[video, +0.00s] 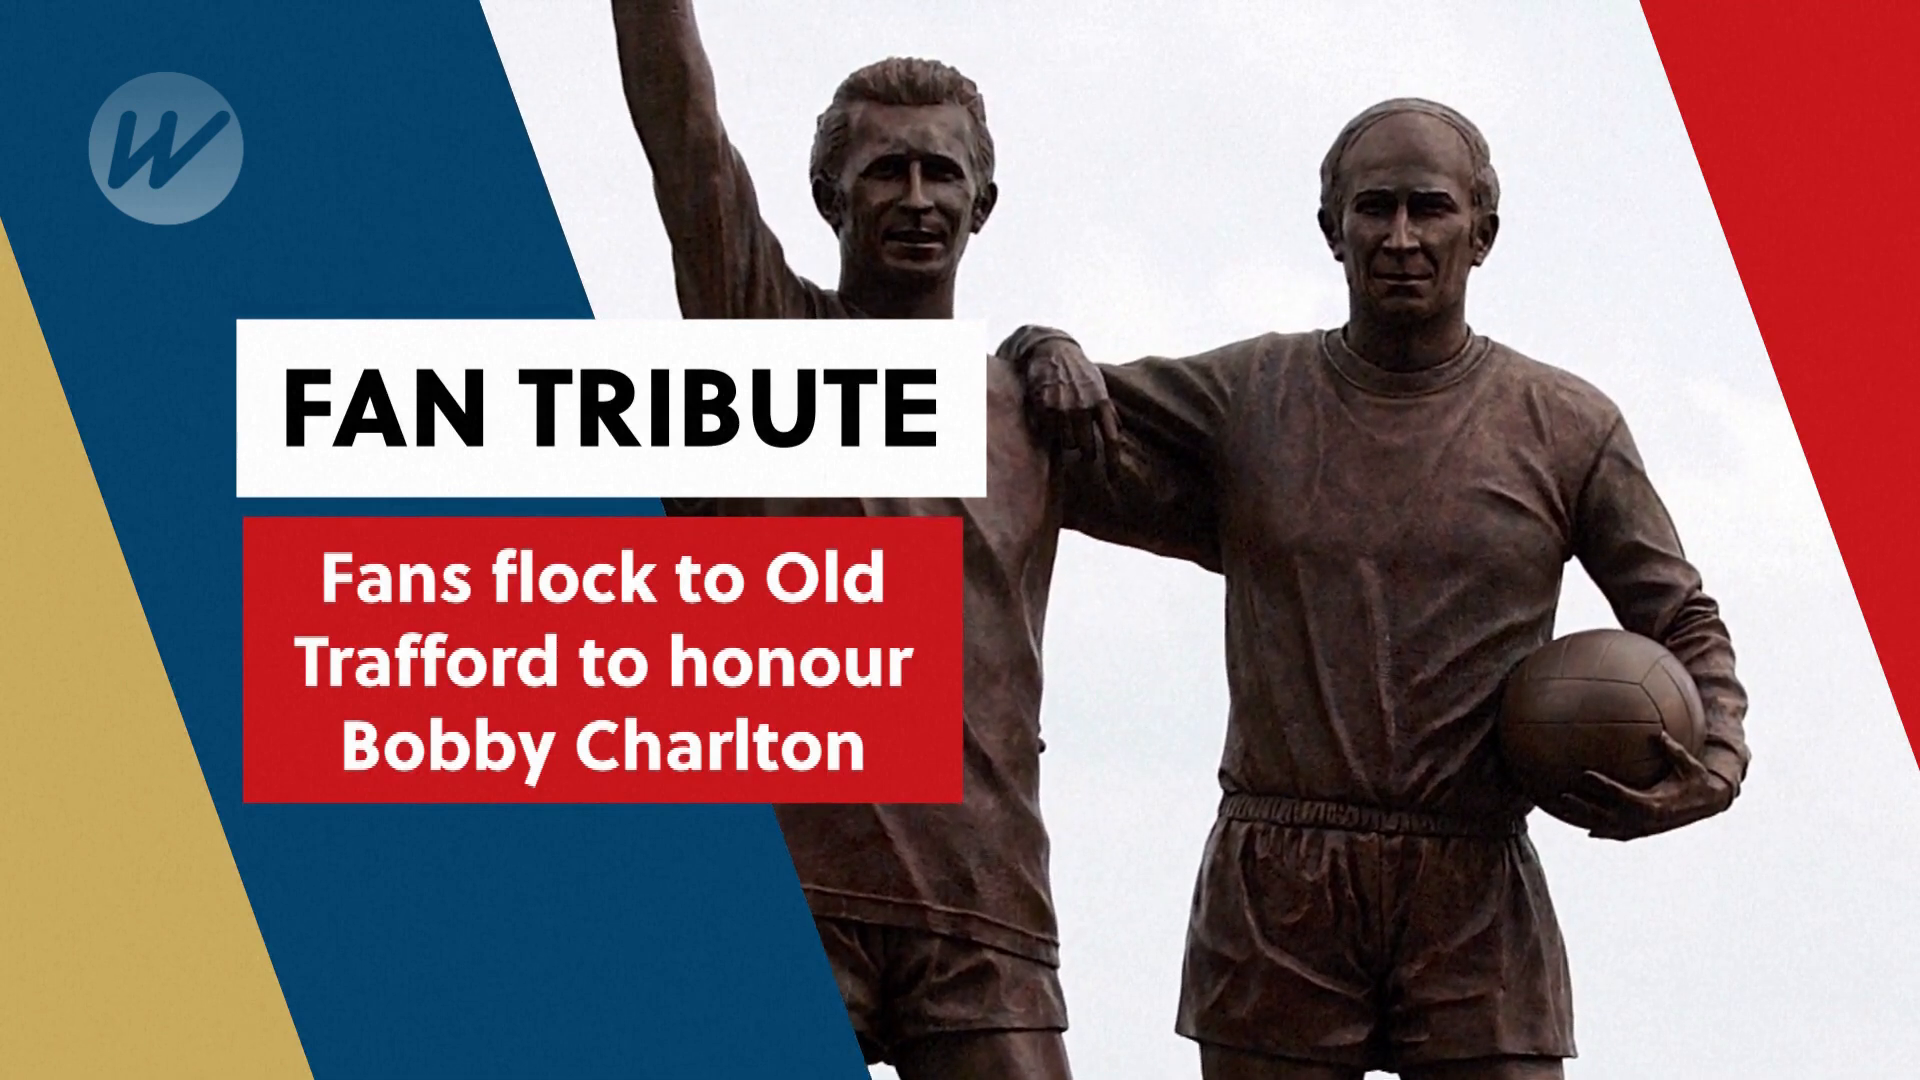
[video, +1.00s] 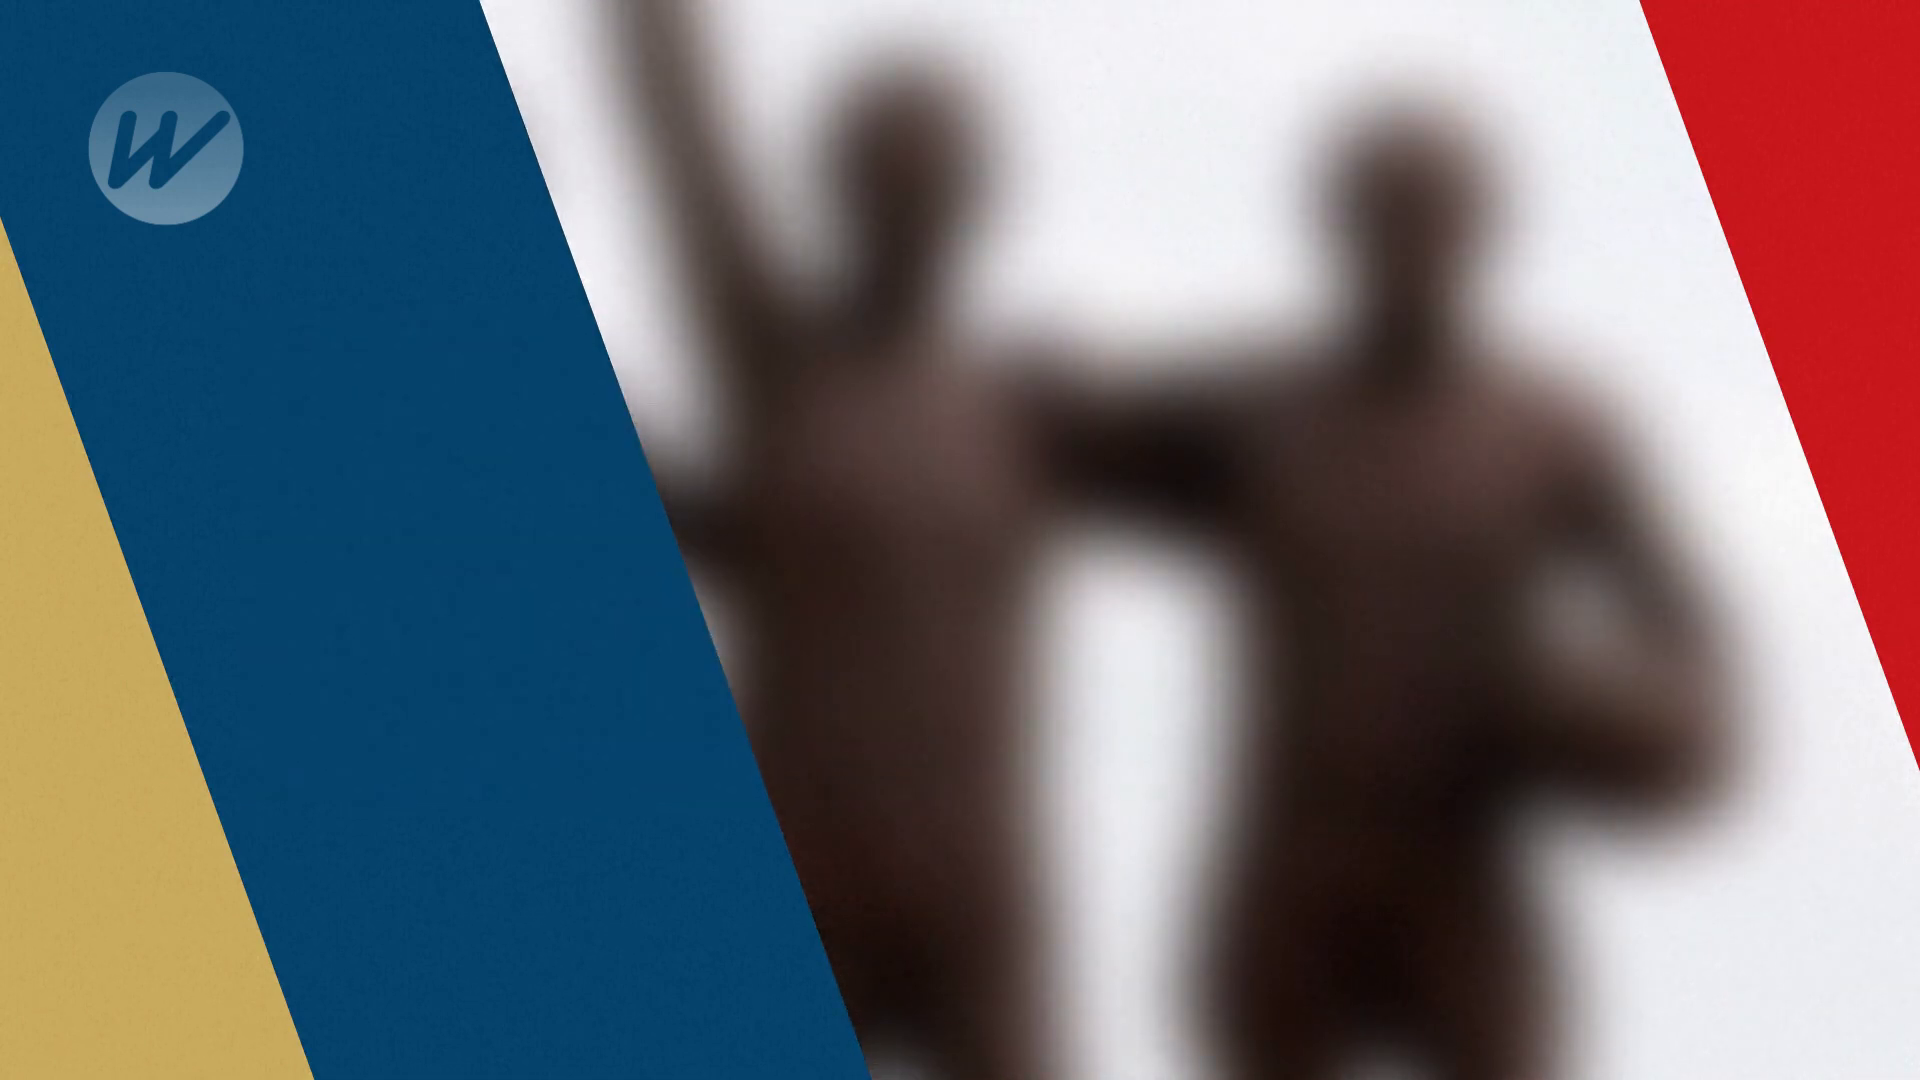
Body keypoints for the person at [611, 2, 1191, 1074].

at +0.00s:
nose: (918, 195)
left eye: (943, 171)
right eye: (886, 170)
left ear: (981, 202)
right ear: (830, 200)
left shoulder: (1035, 404)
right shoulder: (763, 337)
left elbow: (1241, 515)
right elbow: (683, 137)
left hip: (987, 909)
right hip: (793, 900)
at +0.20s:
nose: (918, 197)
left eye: (944, 173)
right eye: (886, 172)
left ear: (983, 202)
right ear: (832, 198)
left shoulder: (1035, 404)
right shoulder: (762, 334)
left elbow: (1249, 516)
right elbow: (677, 123)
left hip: (985, 912)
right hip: (789, 901)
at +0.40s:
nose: (913, 195)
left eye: (940, 171)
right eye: (883, 171)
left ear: (983, 200)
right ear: (829, 195)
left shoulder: (1035, 408)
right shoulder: (763, 343)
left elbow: (1248, 517)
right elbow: (677, 126)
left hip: (984, 908)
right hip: (796, 901)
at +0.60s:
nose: (915, 196)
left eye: (942, 169)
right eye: (889, 168)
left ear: (984, 184)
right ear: (837, 182)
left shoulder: (1023, 399)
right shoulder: (772, 352)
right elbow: (680, 128)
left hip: (982, 920)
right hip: (799, 919)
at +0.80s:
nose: (915, 199)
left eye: (940, 169)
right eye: (890, 167)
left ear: (974, 186)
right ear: (846, 179)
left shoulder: (1014, 409)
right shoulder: (783, 375)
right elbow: (679, 125)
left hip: (976, 897)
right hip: (806, 895)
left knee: (1007, 1054)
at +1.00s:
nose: (911, 205)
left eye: (935, 176)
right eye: (888, 174)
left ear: (967, 192)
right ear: (850, 185)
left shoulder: (1011, 413)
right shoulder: (788, 384)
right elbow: (681, 133)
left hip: (967, 885)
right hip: (805, 884)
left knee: (1003, 1051)